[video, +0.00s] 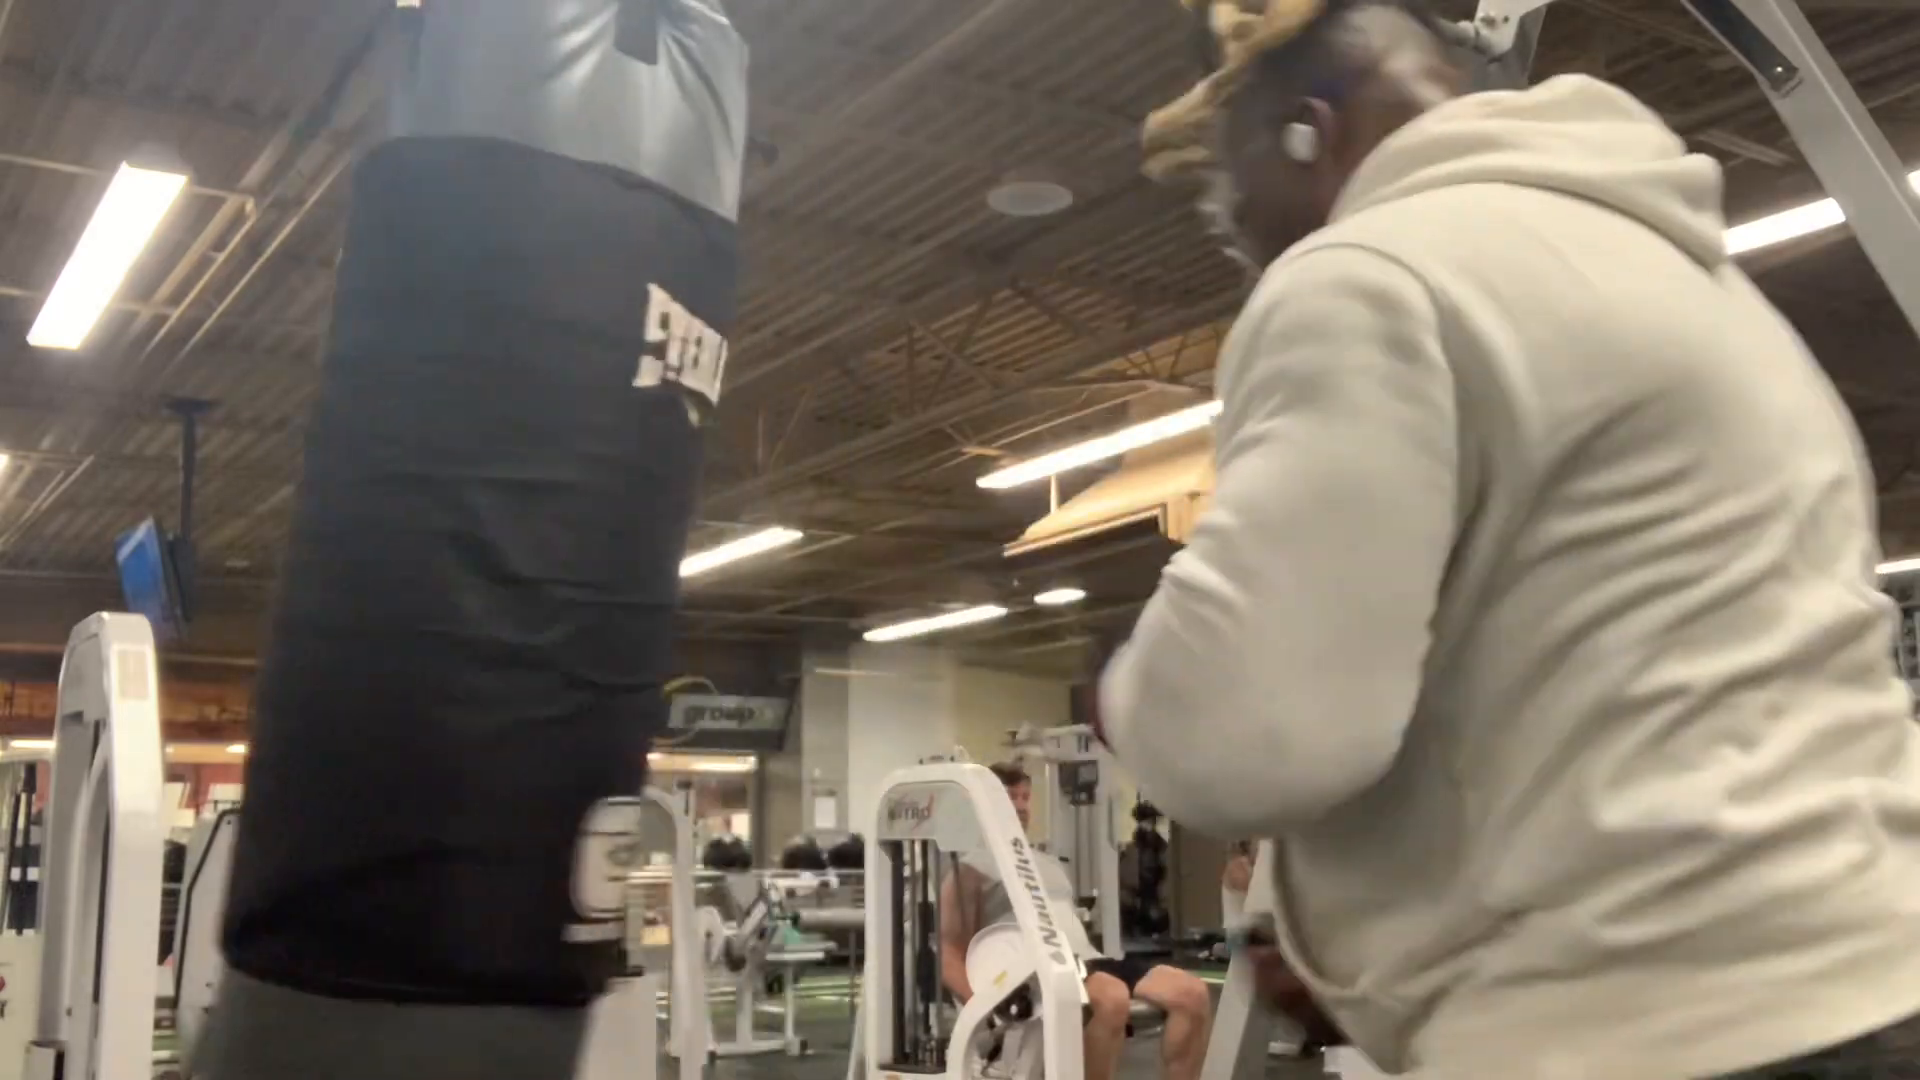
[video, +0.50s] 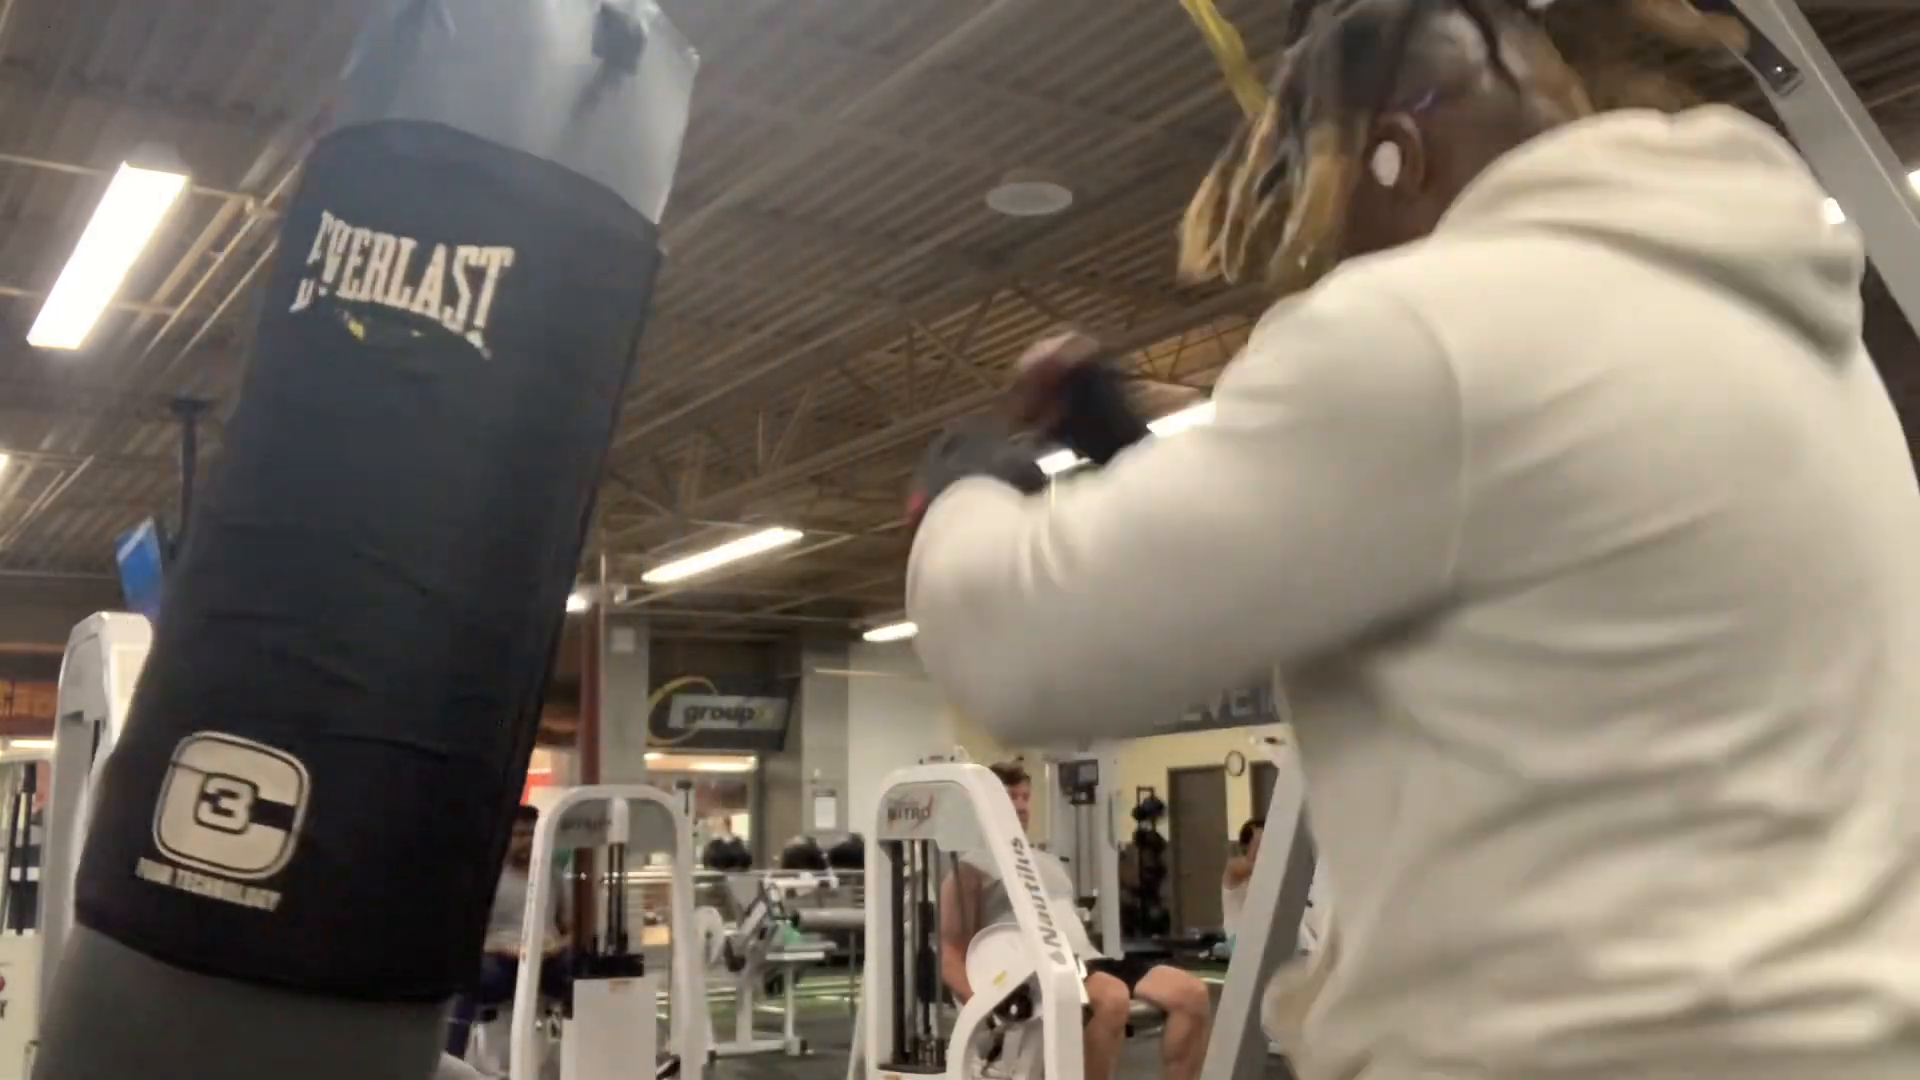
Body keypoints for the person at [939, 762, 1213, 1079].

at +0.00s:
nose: (1021, 807)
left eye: (1025, 799)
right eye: (1011, 799)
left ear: (1030, 803)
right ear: (990, 804)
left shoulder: (1037, 860)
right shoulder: (967, 873)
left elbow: (1058, 927)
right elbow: (952, 965)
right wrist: (989, 1009)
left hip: (1072, 960)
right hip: (1019, 972)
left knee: (1191, 994)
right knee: (1112, 997)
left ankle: (1180, 1073)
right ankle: (1096, 1074)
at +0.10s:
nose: (1020, 806)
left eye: (1025, 798)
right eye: (1010, 797)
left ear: (1030, 804)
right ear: (989, 803)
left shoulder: (1038, 861)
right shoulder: (966, 874)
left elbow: (1060, 926)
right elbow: (951, 964)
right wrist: (988, 1009)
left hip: (1075, 960)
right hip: (1021, 972)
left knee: (1192, 994)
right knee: (1112, 997)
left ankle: (1180, 1075)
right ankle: (1097, 1075)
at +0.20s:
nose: (1021, 806)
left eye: (1025, 798)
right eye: (1011, 798)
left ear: (1031, 803)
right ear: (989, 803)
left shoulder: (1039, 861)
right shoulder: (966, 874)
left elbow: (1060, 927)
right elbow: (952, 964)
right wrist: (989, 1008)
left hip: (1072, 962)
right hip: (1017, 974)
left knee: (1190, 995)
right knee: (1112, 996)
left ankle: (1180, 1075)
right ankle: (1097, 1075)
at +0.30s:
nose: (1021, 806)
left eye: (1025, 798)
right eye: (1011, 798)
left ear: (1031, 803)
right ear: (990, 803)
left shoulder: (1039, 860)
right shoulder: (967, 874)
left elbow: (1060, 926)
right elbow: (952, 963)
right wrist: (988, 1009)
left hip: (1074, 960)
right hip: (1020, 972)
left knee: (1190, 993)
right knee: (1112, 997)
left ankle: (1179, 1075)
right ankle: (1098, 1075)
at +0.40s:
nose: (1021, 806)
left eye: (1025, 798)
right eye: (1011, 798)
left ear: (1030, 803)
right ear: (990, 803)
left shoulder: (1038, 860)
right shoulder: (967, 872)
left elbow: (1058, 926)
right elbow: (952, 962)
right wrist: (987, 1008)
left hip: (1074, 960)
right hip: (1021, 971)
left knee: (1191, 994)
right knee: (1112, 996)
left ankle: (1180, 1075)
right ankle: (1097, 1076)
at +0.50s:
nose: (1021, 806)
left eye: (1025, 798)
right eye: (1011, 798)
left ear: (1031, 803)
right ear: (990, 804)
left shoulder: (1039, 860)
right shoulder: (967, 874)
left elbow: (1060, 926)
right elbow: (952, 961)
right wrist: (985, 1006)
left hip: (1075, 960)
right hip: (1021, 972)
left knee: (1191, 993)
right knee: (1113, 997)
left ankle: (1180, 1074)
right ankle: (1097, 1074)